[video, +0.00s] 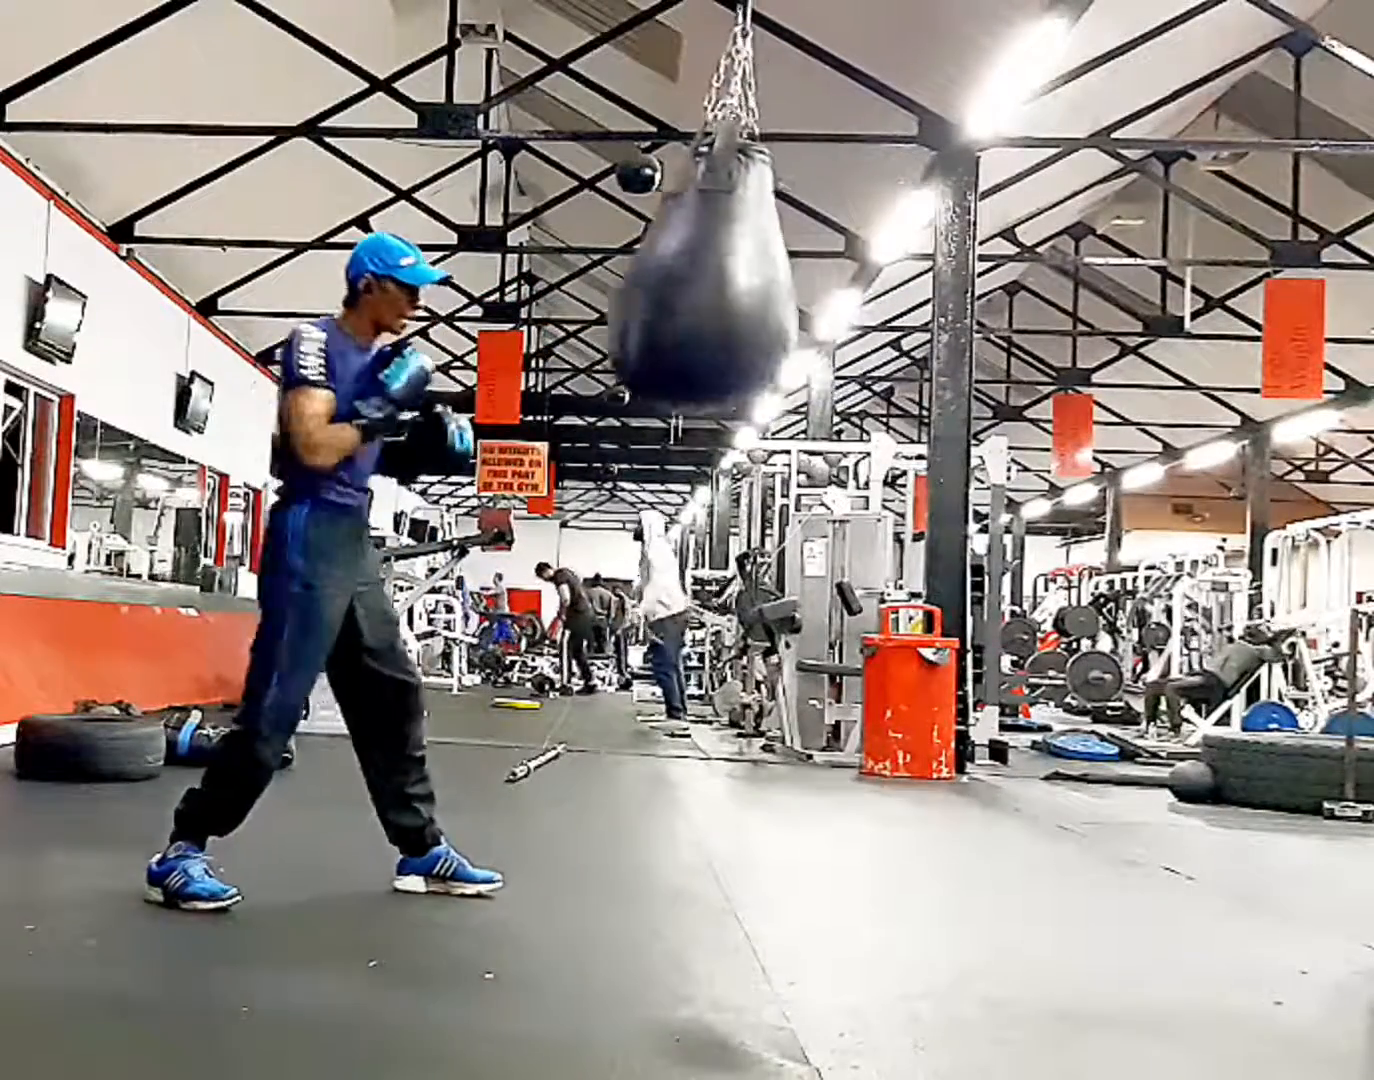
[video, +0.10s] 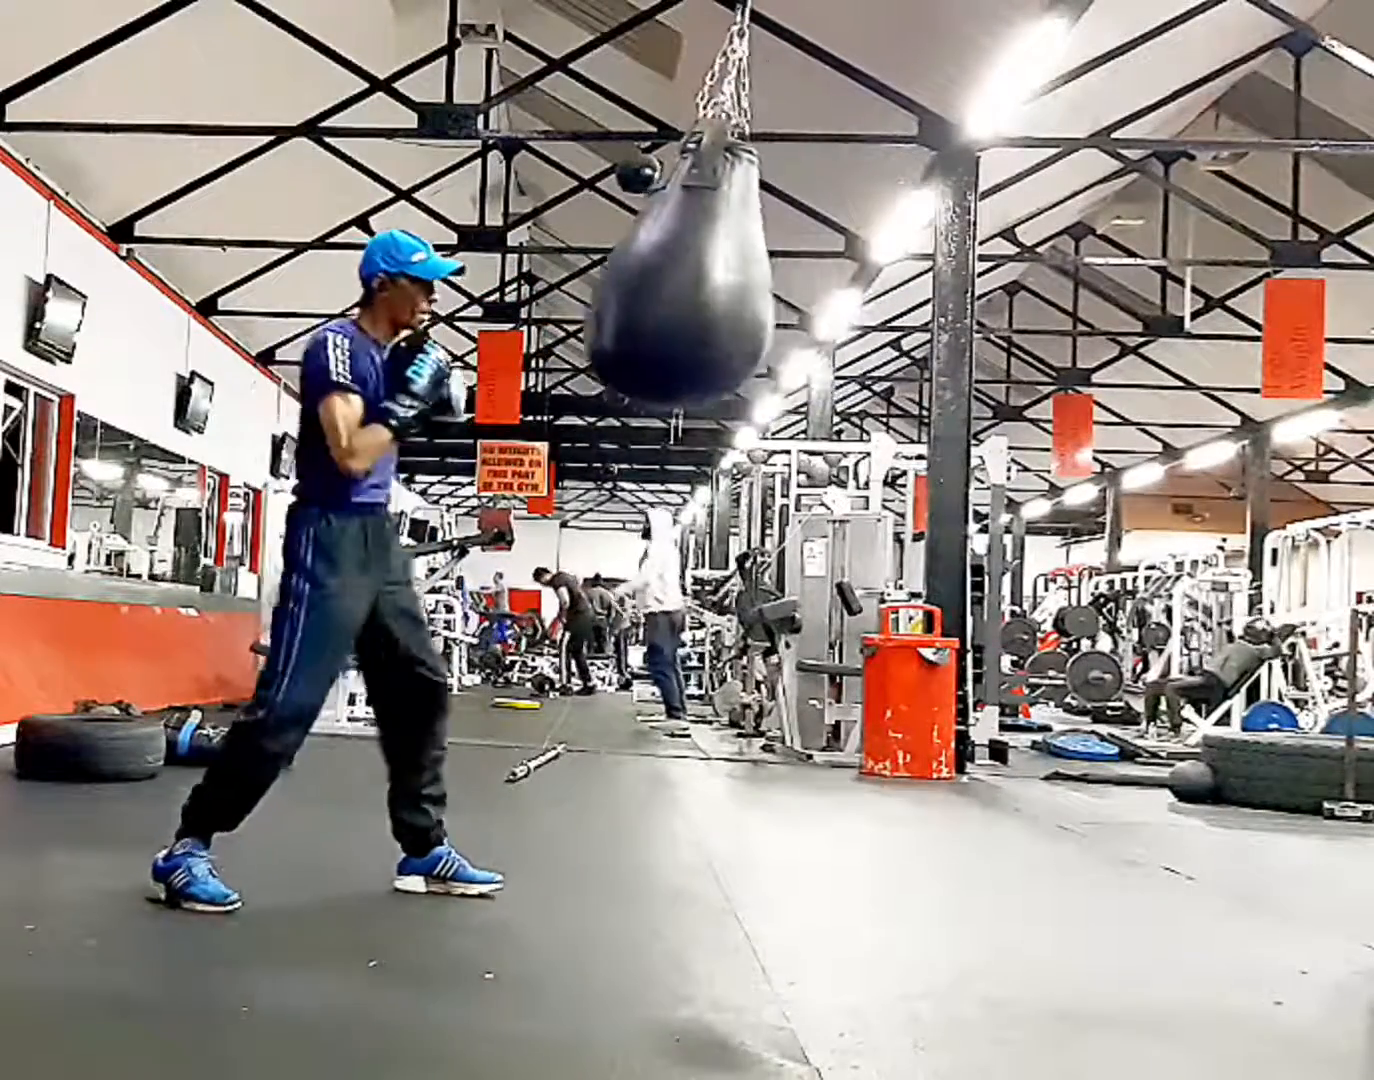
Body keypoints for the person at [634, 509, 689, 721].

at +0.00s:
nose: (635, 531)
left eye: (639, 526)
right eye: (637, 526)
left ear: (647, 527)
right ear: (656, 527)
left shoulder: (654, 548)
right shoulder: (660, 547)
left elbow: (656, 583)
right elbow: (646, 581)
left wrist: (643, 607)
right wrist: (634, 595)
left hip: (666, 611)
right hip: (674, 610)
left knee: (664, 665)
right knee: (672, 663)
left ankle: (675, 712)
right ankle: (678, 709)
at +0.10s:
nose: (642, 528)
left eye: (646, 524)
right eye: (644, 524)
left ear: (653, 526)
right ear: (663, 526)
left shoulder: (656, 548)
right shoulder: (669, 547)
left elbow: (645, 578)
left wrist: (620, 591)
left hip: (659, 612)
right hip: (671, 609)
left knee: (660, 662)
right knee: (670, 662)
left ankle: (675, 711)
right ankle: (679, 707)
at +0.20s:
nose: (649, 527)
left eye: (653, 523)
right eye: (651, 523)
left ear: (661, 526)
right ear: (670, 526)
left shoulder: (661, 545)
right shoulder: (673, 547)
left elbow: (632, 560)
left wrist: (599, 569)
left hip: (657, 610)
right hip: (670, 609)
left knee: (657, 666)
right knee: (667, 664)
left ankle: (675, 712)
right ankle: (677, 709)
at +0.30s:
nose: (652, 528)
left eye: (654, 524)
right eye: (653, 524)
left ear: (662, 525)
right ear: (672, 526)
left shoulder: (662, 544)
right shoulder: (673, 547)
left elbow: (630, 546)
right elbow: (630, 548)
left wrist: (595, 546)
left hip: (655, 608)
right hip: (666, 608)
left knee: (655, 663)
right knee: (667, 661)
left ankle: (675, 712)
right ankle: (677, 709)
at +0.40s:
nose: (653, 527)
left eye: (655, 523)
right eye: (654, 523)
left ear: (661, 524)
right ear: (673, 525)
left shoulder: (663, 542)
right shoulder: (675, 548)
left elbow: (632, 539)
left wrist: (602, 530)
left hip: (655, 606)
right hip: (668, 607)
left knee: (655, 663)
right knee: (667, 661)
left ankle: (674, 713)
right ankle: (678, 710)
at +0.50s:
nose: (653, 528)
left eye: (655, 524)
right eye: (654, 524)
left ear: (663, 525)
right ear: (673, 526)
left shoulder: (665, 543)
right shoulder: (674, 547)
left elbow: (634, 535)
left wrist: (608, 525)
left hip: (657, 606)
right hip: (669, 606)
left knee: (655, 662)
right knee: (665, 660)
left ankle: (674, 713)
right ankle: (677, 709)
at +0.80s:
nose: (652, 529)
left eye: (655, 525)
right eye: (653, 525)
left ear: (663, 526)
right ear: (671, 526)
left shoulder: (667, 545)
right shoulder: (674, 546)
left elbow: (634, 549)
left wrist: (603, 548)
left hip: (662, 609)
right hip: (668, 608)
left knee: (657, 661)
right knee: (666, 660)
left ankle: (675, 710)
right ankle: (677, 708)